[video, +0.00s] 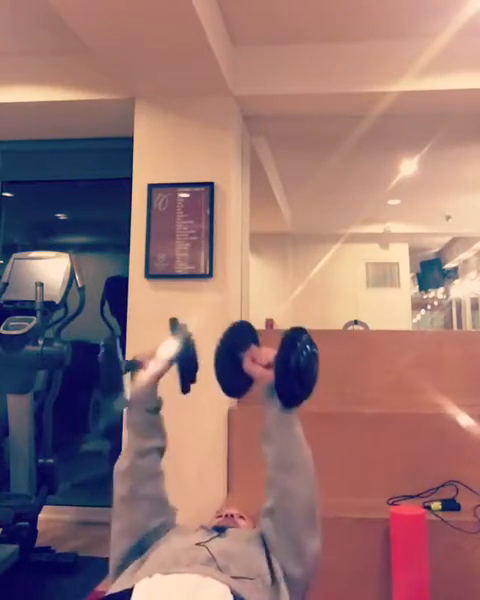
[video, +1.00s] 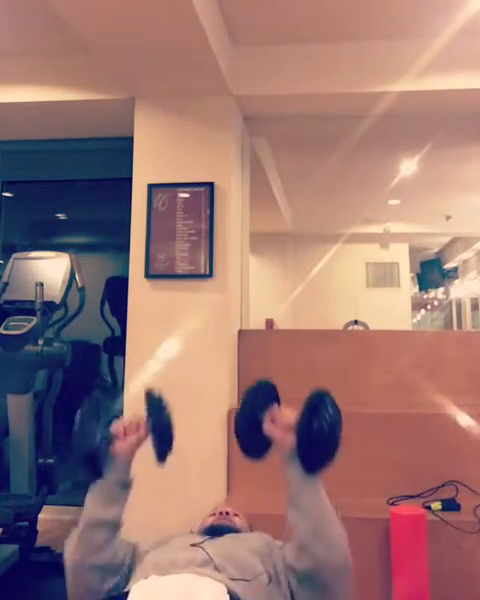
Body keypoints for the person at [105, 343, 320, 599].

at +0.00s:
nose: (228, 515)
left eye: (241, 518)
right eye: (221, 515)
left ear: (256, 532)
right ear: (204, 526)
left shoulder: (277, 559)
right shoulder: (149, 545)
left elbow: (293, 488)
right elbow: (137, 473)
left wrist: (274, 393)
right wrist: (143, 391)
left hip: (221, 589)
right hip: (143, 587)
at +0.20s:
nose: (226, 507)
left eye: (238, 510)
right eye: (218, 507)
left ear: (255, 529)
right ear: (199, 522)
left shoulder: (277, 561)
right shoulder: (144, 552)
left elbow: (299, 506)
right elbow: (120, 493)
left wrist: (277, 414)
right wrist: (139, 410)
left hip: (219, 589)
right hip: (145, 588)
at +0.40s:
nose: (226, 502)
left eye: (237, 503)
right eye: (217, 502)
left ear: (254, 525)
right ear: (199, 524)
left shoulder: (272, 551)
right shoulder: (157, 553)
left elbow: (331, 590)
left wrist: (300, 488)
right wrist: (112, 485)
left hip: (223, 589)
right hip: (153, 588)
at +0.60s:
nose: (227, 501)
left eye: (239, 501)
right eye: (219, 500)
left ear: (253, 518)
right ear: (202, 520)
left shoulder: (269, 555)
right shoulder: (159, 553)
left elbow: (315, 597)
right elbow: (109, 595)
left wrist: (307, 553)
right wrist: (106, 555)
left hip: (217, 590)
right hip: (150, 588)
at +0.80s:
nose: (223, 501)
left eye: (234, 502)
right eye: (214, 501)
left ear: (251, 522)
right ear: (197, 523)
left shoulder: (269, 557)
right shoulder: (154, 558)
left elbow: (317, 595)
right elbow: (99, 596)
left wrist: (303, 532)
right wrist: (107, 535)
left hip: (220, 590)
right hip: (147, 588)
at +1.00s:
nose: (223, 513)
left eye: (233, 515)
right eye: (215, 514)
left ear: (253, 531)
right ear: (196, 530)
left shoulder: (275, 553)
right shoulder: (154, 553)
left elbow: (329, 568)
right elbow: (88, 577)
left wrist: (293, 457)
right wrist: (117, 465)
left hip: (223, 590)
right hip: (149, 588)